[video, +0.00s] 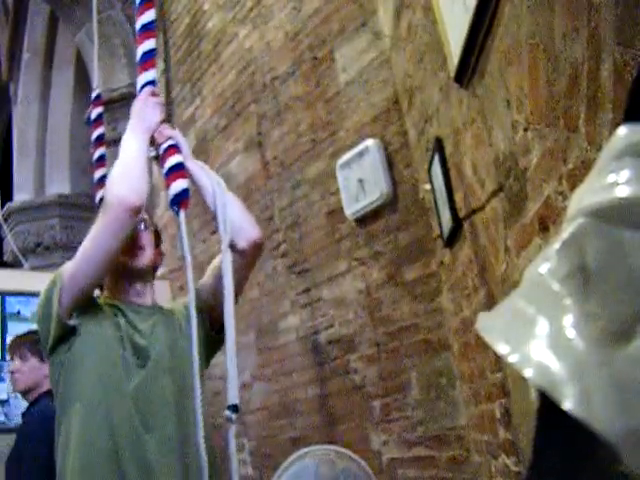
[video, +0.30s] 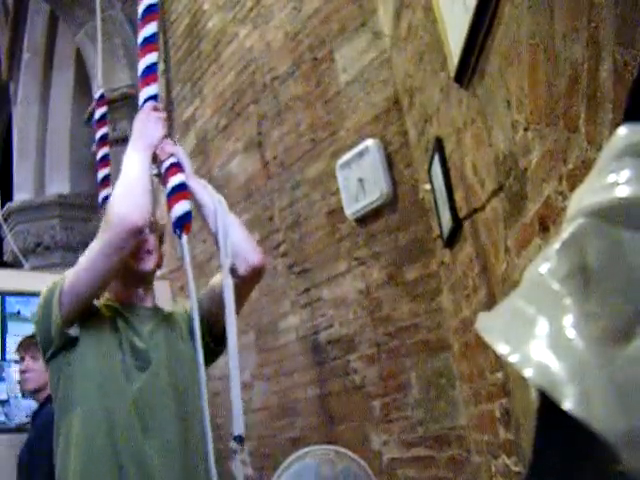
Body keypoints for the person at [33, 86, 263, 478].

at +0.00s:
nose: (136, 232)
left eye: (144, 225)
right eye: (124, 224)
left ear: (159, 246)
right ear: (106, 241)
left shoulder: (187, 324)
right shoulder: (71, 319)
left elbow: (247, 241)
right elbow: (127, 203)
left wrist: (187, 161)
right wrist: (137, 129)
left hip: (180, 472)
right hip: (92, 471)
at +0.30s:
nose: (147, 239)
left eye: (153, 230)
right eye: (135, 230)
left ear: (161, 245)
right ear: (112, 239)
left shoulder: (185, 328)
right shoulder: (67, 325)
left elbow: (249, 264)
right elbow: (127, 223)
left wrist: (189, 178)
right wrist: (139, 147)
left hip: (187, 472)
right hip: (94, 471)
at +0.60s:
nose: (153, 246)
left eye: (159, 235)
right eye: (136, 233)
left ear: (168, 249)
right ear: (97, 255)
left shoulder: (177, 326)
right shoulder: (58, 318)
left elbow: (252, 328)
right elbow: (127, 280)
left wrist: (200, 220)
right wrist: (149, 183)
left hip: (178, 471)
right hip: (90, 471)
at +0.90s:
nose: (163, 261)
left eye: (170, 248)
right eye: (148, 246)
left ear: (179, 256)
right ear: (111, 261)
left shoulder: (185, 332)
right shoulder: (60, 326)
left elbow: (237, 441)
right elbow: (86, 412)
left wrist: (217, 346)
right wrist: (170, 303)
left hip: (175, 473)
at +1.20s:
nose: (162, 272)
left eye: (171, 257)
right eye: (145, 257)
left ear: (180, 263)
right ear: (108, 268)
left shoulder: (196, 350)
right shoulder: (64, 353)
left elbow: (216, 458)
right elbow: (74, 471)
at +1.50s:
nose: (157, 268)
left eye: (165, 253)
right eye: (139, 254)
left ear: (174, 261)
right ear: (104, 268)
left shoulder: (198, 349)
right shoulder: (69, 358)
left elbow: (222, 456)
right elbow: (92, 475)